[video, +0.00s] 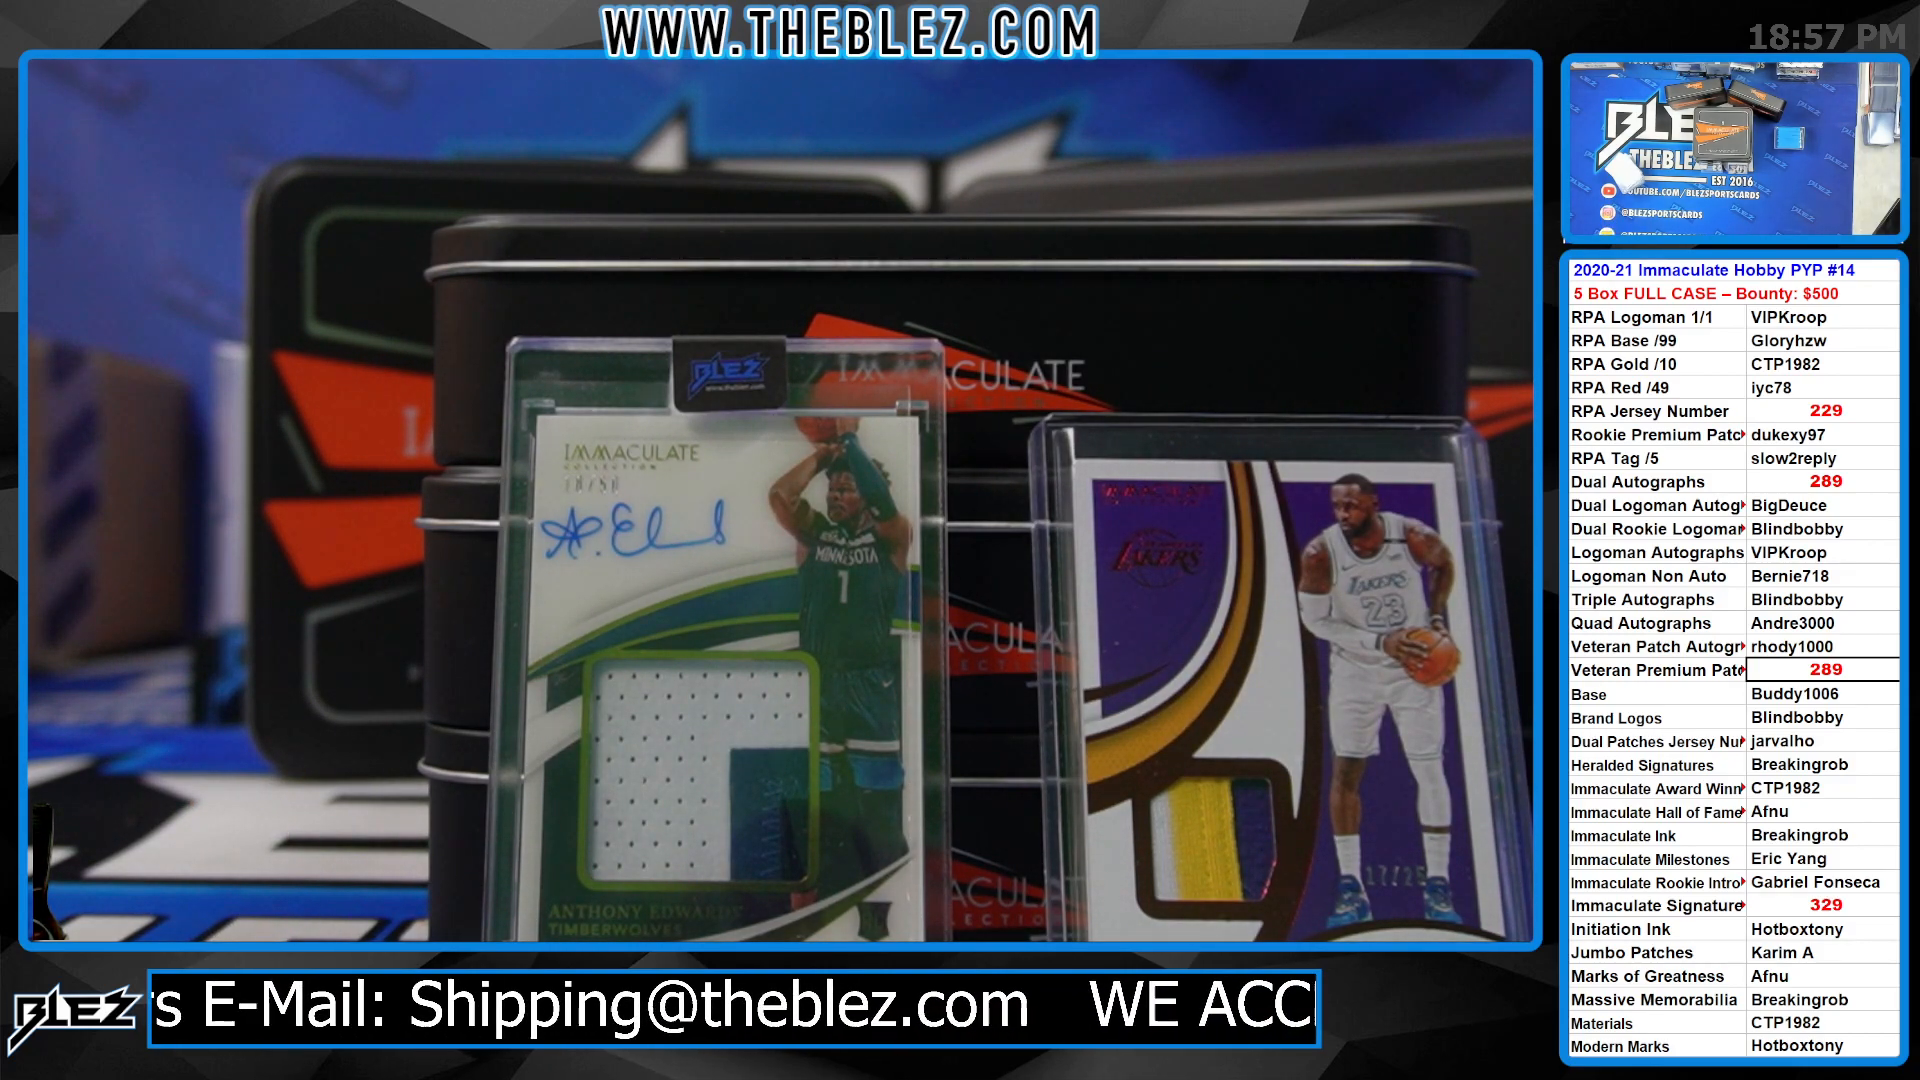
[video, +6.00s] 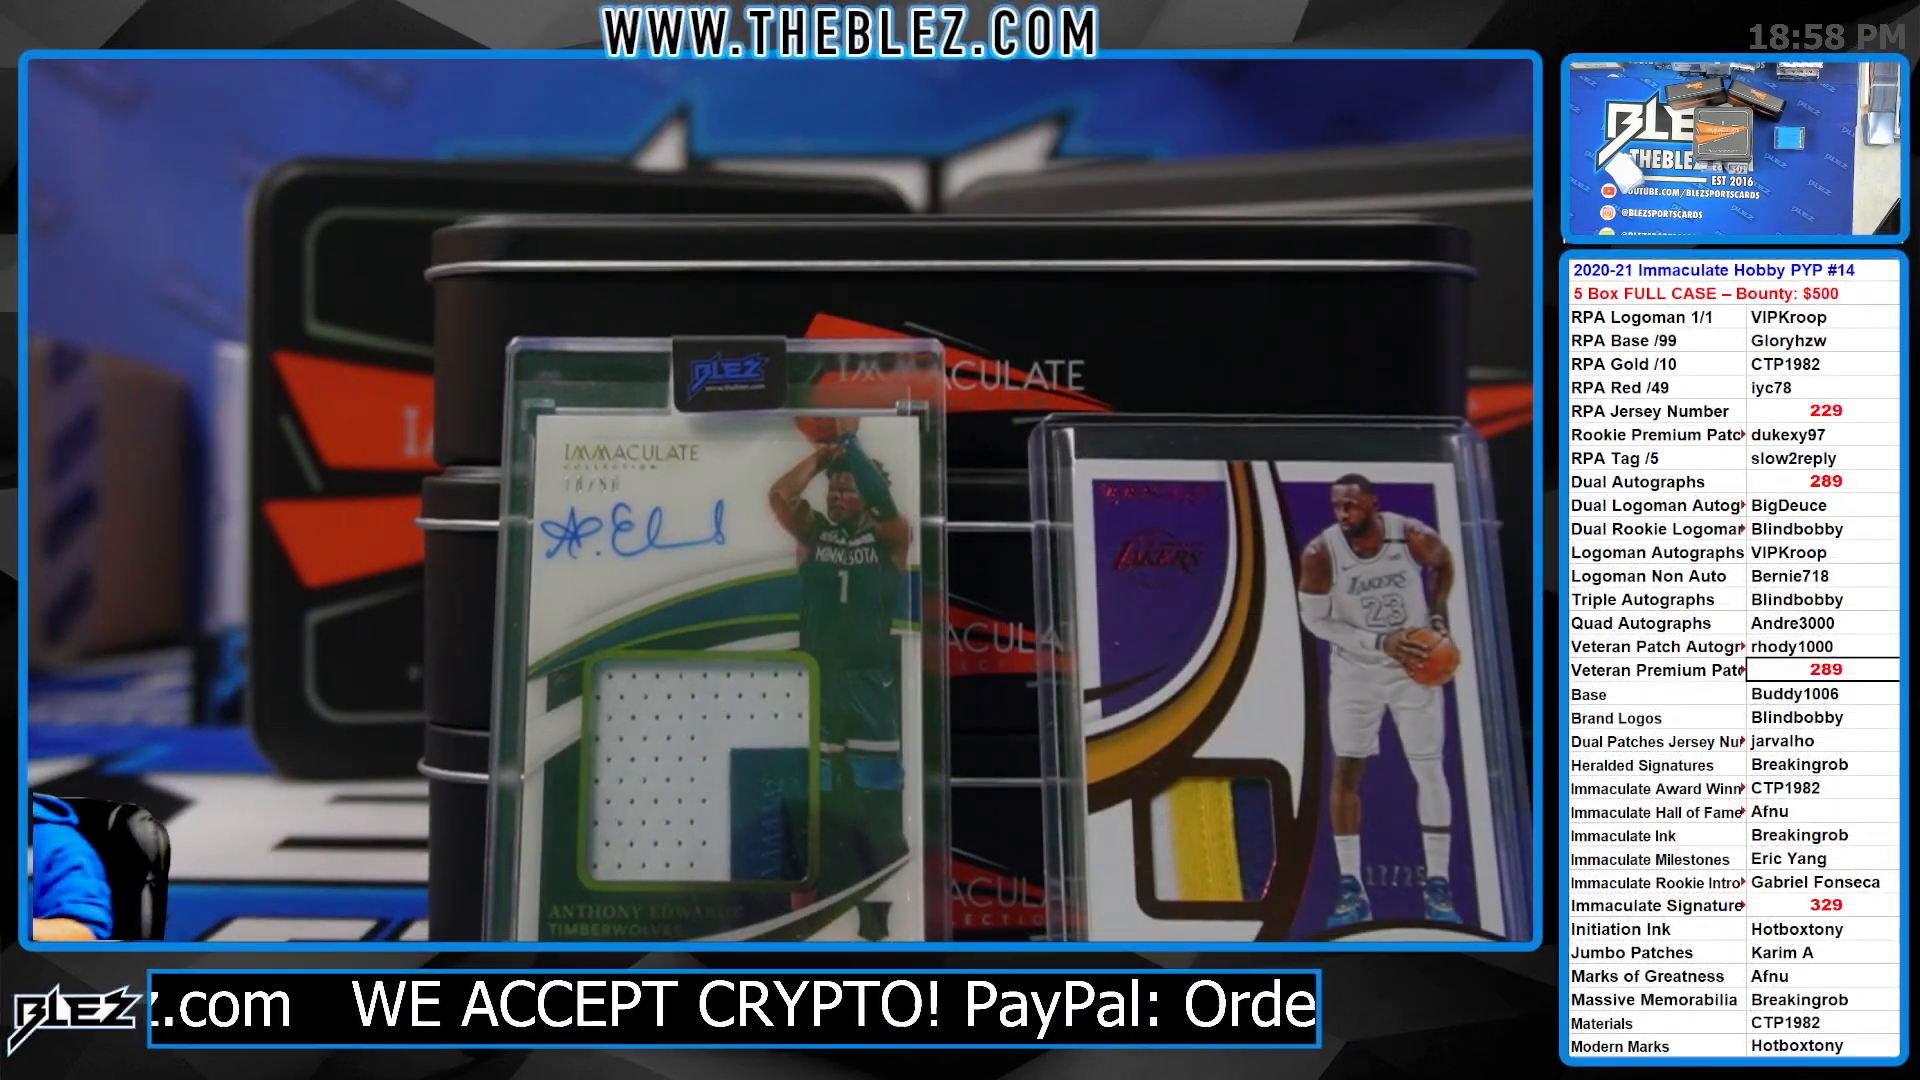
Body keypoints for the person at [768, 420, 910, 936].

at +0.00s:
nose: (841, 494)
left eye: (850, 487)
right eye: (835, 487)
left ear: (869, 494)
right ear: (826, 493)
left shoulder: (890, 539)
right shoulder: (815, 533)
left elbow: (883, 500)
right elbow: (780, 496)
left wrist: (850, 446)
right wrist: (818, 458)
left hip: (872, 678)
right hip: (817, 677)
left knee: (878, 797)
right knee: (823, 792)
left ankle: (877, 902)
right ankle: (824, 890)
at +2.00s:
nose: (835, 496)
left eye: (844, 489)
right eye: (829, 489)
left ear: (862, 495)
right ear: (822, 495)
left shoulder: (884, 539)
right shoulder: (810, 532)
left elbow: (875, 496)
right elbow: (776, 496)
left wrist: (845, 446)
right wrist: (815, 459)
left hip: (866, 676)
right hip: (813, 676)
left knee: (873, 792)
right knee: (818, 791)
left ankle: (871, 892)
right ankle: (819, 883)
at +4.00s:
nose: (834, 497)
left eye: (843, 490)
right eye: (829, 490)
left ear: (862, 495)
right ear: (821, 495)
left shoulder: (883, 539)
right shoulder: (810, 533)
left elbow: (875, 496)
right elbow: (776, 496)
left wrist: (844, 445)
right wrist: (814, 460)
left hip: (865, 678)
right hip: (812, 676)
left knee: (872, 795)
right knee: (816, 793)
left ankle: (871, 895)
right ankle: (816, 887)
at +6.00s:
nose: (841, 494)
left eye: (850, 488)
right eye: (835, 487)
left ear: (868, 495)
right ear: (827, 493)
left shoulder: (890, 539)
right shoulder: (814, 532)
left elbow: (886, 509)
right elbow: (780, 496)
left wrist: (853, 453)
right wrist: (818, 460)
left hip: (872, 677)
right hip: (817, 675)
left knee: (878, 796)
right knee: (819, 792)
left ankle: (876, 901)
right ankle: (815, 893)